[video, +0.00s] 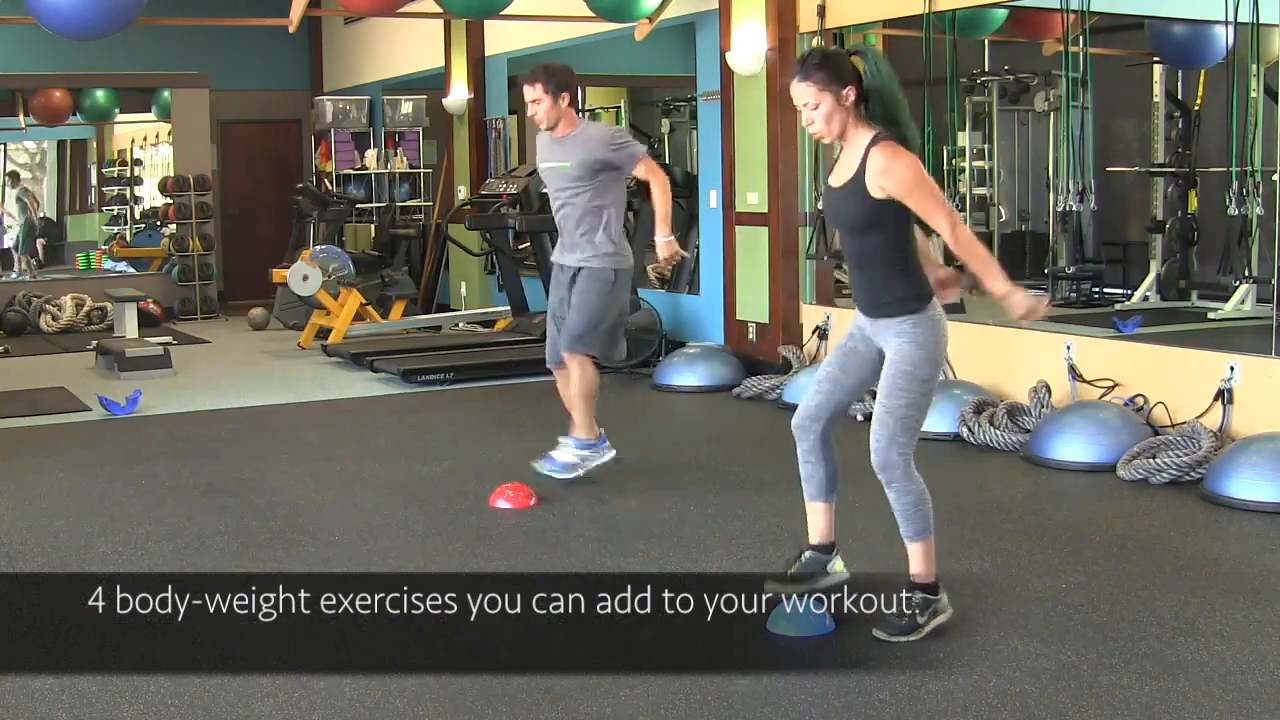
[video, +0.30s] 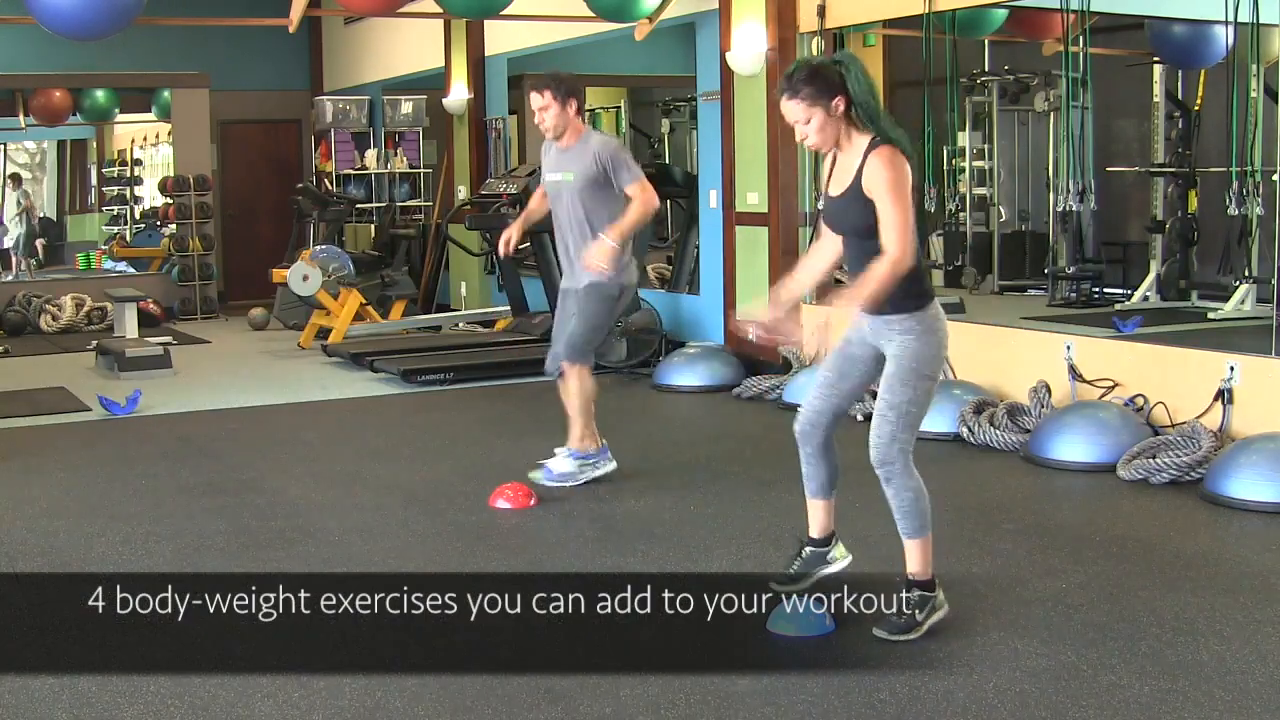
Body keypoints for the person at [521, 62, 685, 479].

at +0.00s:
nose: (530, 111)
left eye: (536, 102)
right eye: (528, 103)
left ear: (564, 100)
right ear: (537, 104)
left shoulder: (603, 139)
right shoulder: (543, 142)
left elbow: (658, 176)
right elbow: (571, 194)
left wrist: (663, 235)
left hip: (604, 262)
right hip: (565, 261)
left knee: (578, 349)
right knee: (557, 358)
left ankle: (584, 441)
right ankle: (590, 438)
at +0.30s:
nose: (537, 119)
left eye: (543, 109)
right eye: (534, 111)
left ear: (572, 107)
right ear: (538, 113)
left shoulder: (605, 148)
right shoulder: (550, 151)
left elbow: (647, 199)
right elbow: (548, 193)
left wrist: (611, 239)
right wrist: (520, 223)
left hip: (606, 274)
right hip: (572, 277)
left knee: (575, 355)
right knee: (562, 362)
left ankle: (582, 450)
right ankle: (592, 446)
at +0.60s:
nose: (530, 196)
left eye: (533, 185)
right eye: (526, 187)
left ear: (560, 177)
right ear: (549, 181)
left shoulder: (596, 209)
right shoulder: (560, 219)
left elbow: (590, 267)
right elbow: (567, 263)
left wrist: (533, 250)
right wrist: (530, 250)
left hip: (651, 321)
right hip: (614, 321)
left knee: (616, 394)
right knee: (569, 386)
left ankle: (659, 475)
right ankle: (607, 459)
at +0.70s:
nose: (531, 244)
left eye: (536, 234)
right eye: (528, 236)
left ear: (561, 228)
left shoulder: (598, 255)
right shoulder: (558, 260)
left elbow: (568, 312)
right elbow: (528, 311)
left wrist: (523, 272)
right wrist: (513, 282)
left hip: (664, 349)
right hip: (624, 348)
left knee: (613, 398)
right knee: (566, 388)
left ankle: (659, 476)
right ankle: (606, 458)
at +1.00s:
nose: (537, 264)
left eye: (543, 255)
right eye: (535, 256)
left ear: (572, 248)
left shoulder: (604, 277)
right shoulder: (555, 281)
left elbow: (592, 338)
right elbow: (528, 314)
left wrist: (527, 334)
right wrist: (507, 327)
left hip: (664, 356)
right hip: (618, 356)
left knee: (616, 396)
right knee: (566, 390)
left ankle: (659, 476)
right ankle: (606, 459)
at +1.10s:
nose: (544, 219)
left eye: (551, 210)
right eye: (540, 212)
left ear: (579, 207)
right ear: (539, 211)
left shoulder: (609, 240)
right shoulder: (554, 244)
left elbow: (632, 300)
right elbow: (532, 287)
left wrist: (585, 332)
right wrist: (516, 336)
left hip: (656, 336)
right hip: (612, 336)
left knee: (617, 397)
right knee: (564, 392)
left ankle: (659, 474)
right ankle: (606, 458)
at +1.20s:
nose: (551, 167)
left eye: (558, 157)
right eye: (547, 159)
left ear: (584, 154)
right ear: (545, 159)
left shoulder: (618, 193)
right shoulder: (560, 195)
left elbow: (669, 233)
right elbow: (556, 232)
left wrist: (644, 288)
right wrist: (548, 280)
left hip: (640, 313)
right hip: (599, 312)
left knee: (622, 388)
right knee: (567, 382)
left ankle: (656, 472)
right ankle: (601, 452)